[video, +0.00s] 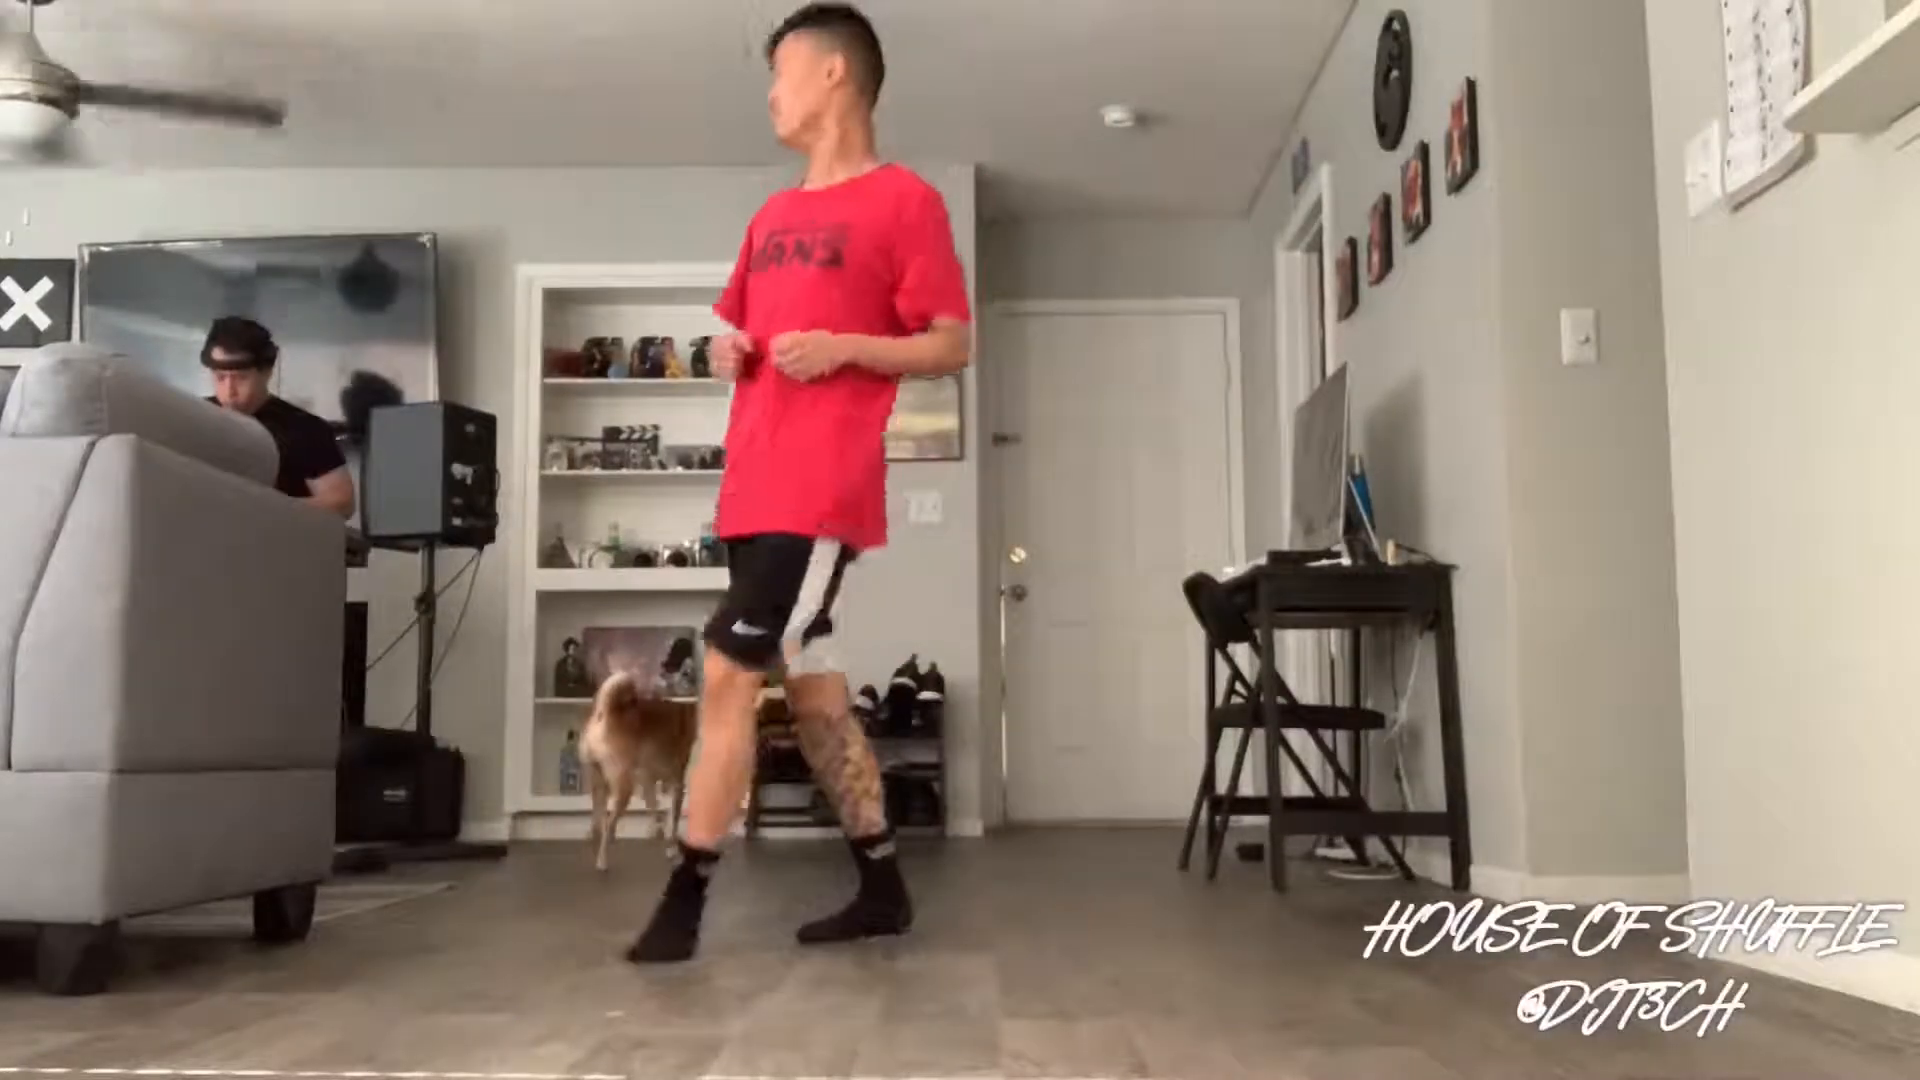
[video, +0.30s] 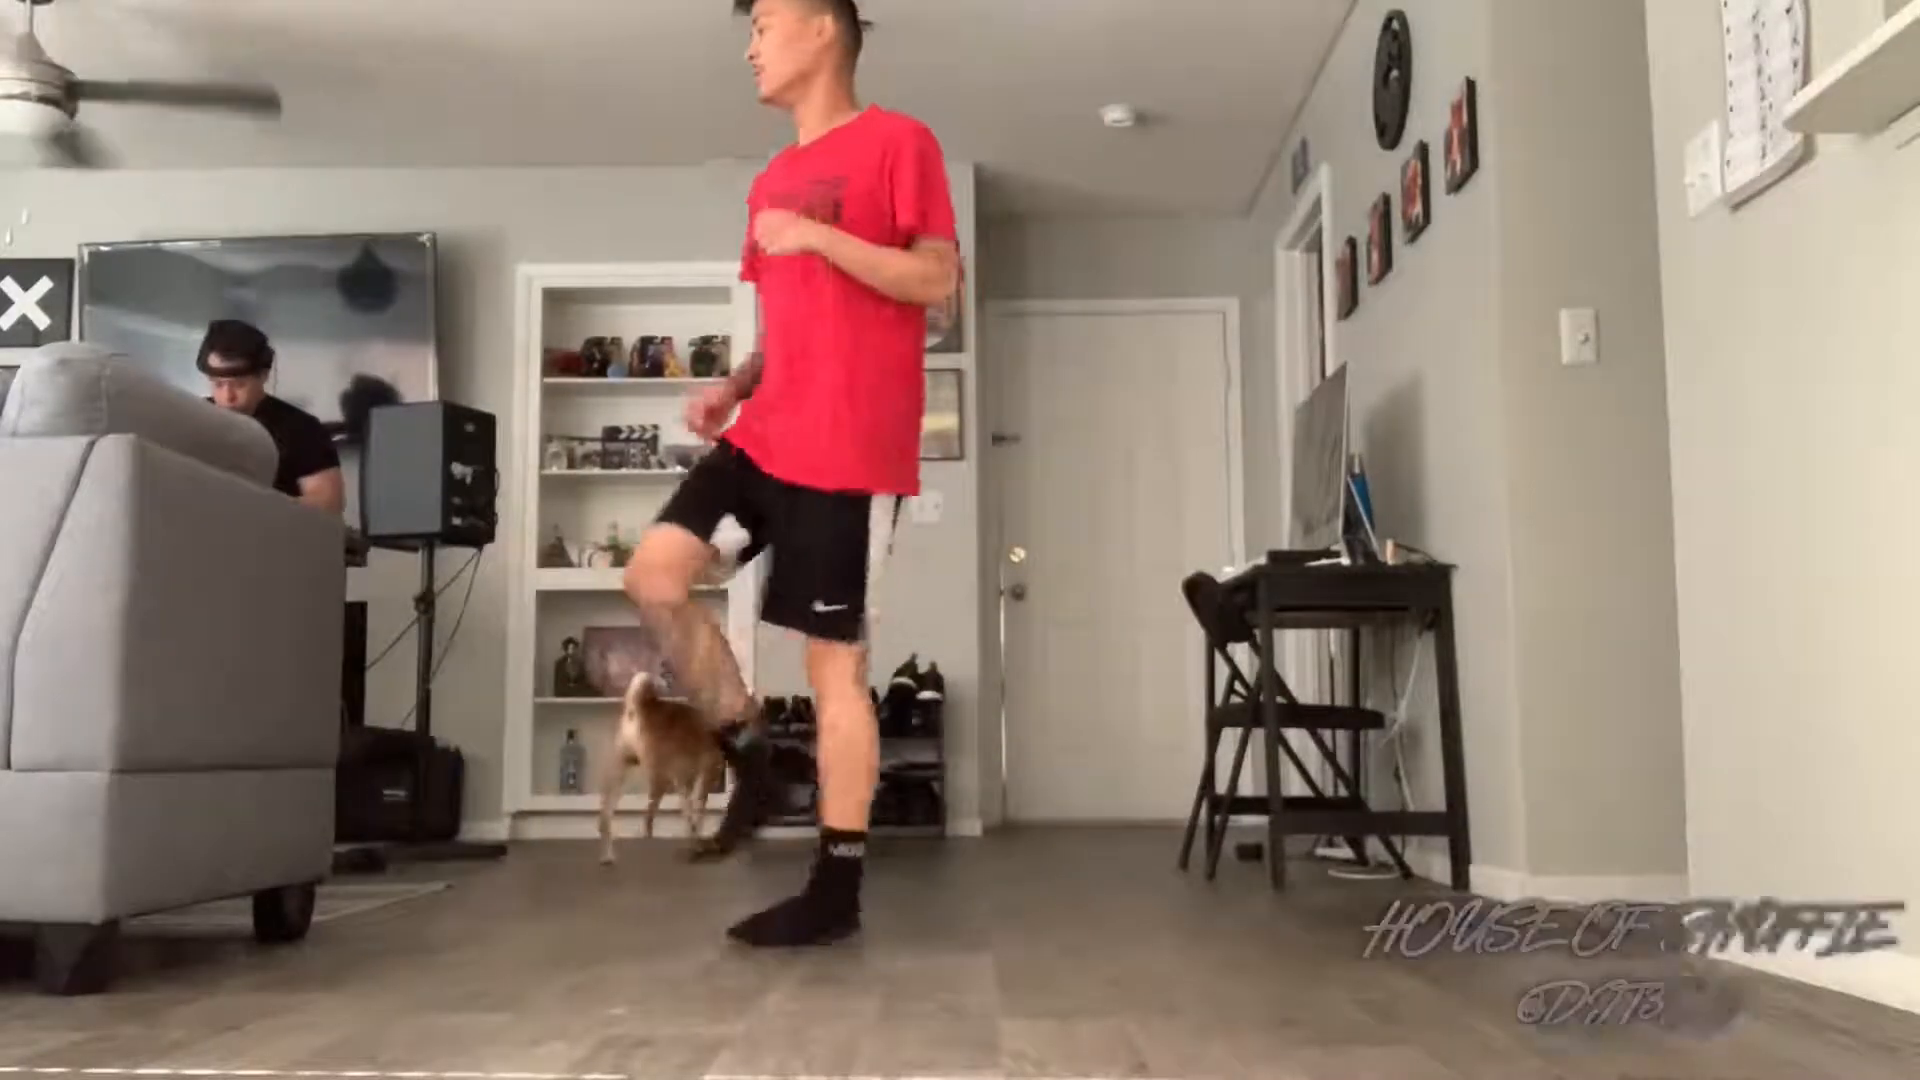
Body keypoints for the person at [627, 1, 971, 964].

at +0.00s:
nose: (769, 90)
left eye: (781, 68)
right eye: (772, 72)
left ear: (836, 74)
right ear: (826, 78)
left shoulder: (905, 201)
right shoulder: (773, 214)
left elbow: (952, 343)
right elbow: (741, 334)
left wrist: (846, 347)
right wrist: (731, 351)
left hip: (826, 486)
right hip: (755, 484)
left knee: (728, 671)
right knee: (814, 691)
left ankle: (682, 901)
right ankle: (882, 885)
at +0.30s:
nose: (750, 49)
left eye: (766, 28)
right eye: (750, 32)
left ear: (827, 33)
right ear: (797, 42)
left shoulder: (899, 143)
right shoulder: (776, 175)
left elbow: (939, 281)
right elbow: (787, 327)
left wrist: (817, 236)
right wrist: (733, 388)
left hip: (847, 446)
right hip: (766, 434)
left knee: (834, 660)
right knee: (657, 577)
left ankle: (838, 889)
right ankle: (755, 748)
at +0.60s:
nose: (805, 52)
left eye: (824, 32)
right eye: (797, 40)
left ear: (885, 47)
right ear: (798, 61)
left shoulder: (942, 157)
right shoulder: (789, 189)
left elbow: (961, 300)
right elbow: (787, 328)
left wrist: (928, 414)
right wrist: (772, 434)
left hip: (909, 436)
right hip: (816, 443)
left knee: (878, 661)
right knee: (818, 667)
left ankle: (918, 830)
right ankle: (824, 884)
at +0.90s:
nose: (978, 70)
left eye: (994, 55)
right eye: (958, 55)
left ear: (1015, 78)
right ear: (922, 80)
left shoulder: (1057, 196)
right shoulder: (888, 183)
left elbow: (1106, 322)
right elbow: (801, 288)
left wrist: (1127, 449)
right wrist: (844, 236)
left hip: (1021, 460)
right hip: (917, 461)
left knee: (978, 659)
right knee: (916, 690)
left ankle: (1040, 887)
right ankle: (907, 877)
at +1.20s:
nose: (1107, 51)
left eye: (1114, 39)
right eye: (1083, 39)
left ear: (1126, 71)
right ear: (1035, 74)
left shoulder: (1155, 200)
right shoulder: (1008, 190)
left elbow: (1162, 322)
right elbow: (962, 333)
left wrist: (1198, 367)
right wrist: (976, 436)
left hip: (1151, 455)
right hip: (1058, 451)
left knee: (1132, 675)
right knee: (1120, 614)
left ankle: (1130, 883)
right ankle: (1022, 745)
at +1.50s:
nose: (1164, 57)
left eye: (1167, 42)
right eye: (1142, 40)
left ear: (1167, 63)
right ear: (1085, 65)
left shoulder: (1187, 194)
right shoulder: (1057, 187)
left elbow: (1214, 332)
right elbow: (1028, 342)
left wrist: (1284, 348)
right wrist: (1040, 474)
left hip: (1216, 467)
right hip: (1143, 471)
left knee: (1175, 678)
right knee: (1232, 671)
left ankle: (1118, 856)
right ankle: (1271, 894)